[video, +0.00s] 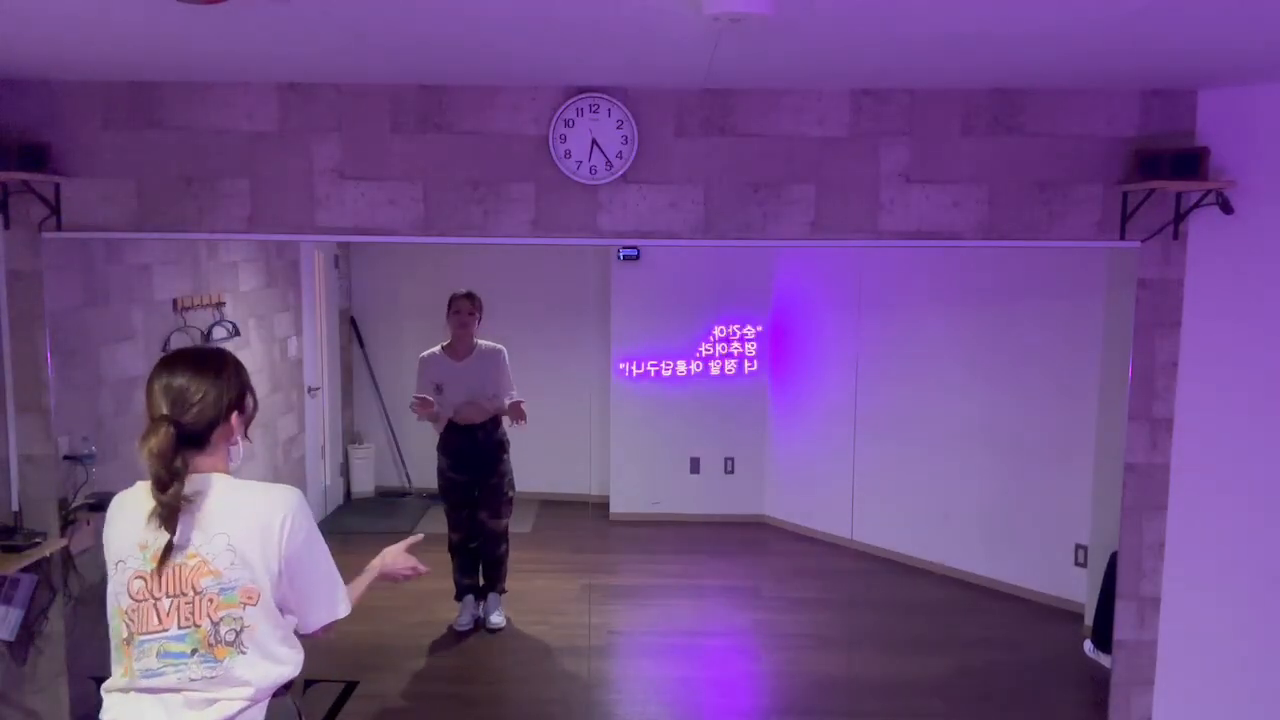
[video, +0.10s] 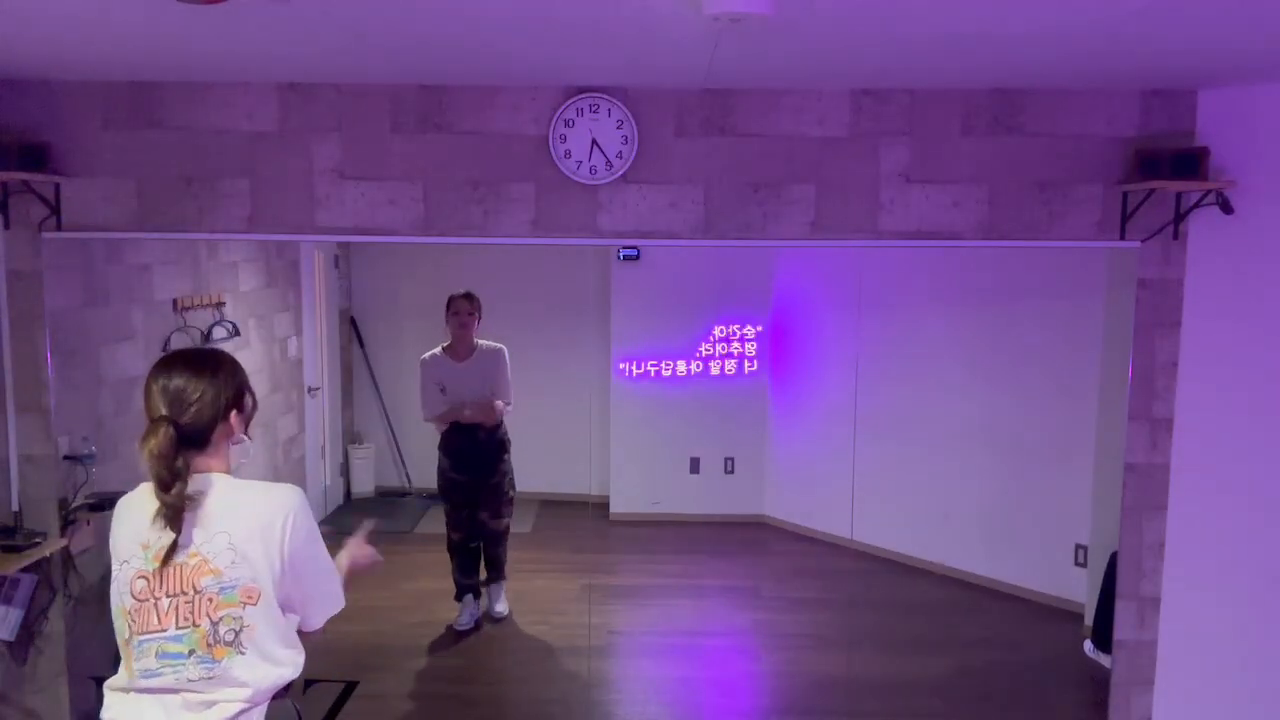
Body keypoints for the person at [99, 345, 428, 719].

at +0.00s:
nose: (247, 422)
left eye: (245, 407)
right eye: (247, 409)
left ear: (160, 418)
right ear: (234, 421)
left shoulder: (122, 508)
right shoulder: (277, 508)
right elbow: (317, 621)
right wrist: (376, 568)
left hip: (125, 709)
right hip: (233, 710)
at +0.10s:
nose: (248, 417)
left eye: (246, 406)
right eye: (246, 407)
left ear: (158, 419)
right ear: (234, 420)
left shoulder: (127, 510)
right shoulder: (279, 507)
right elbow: (311, 620)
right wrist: (346, 561)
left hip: (126, 708)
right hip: (234, 710)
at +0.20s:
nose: (245, 416)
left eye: (244, 405)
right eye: (244, 406)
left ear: (156, 422)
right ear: (232, 417)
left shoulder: (132, 515)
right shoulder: (286, 506)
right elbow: (321, 622)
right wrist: (336, 568)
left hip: (135, 708)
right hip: (245, 711)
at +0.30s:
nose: (244, 421)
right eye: (242, 405)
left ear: (156, 424)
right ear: (230, 414)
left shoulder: (140, 515)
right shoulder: (295, 503)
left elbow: (144, 627)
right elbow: (333, 635)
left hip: (148, 707)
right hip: (254, 711)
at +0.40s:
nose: (249, 413)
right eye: (247, 401)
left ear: (162, 423)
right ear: (236, 411)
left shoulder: (155, 515)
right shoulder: (292, 507)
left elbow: (156, 627)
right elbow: (332, 647)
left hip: (164, 706)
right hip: (264, 709)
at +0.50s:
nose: (267, 415)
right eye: (267, 403)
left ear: (180, 420)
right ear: (258, 412)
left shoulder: (186, 517)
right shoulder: (283, 517)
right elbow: (313, 667)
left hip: (181, 705)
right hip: (264, 709)